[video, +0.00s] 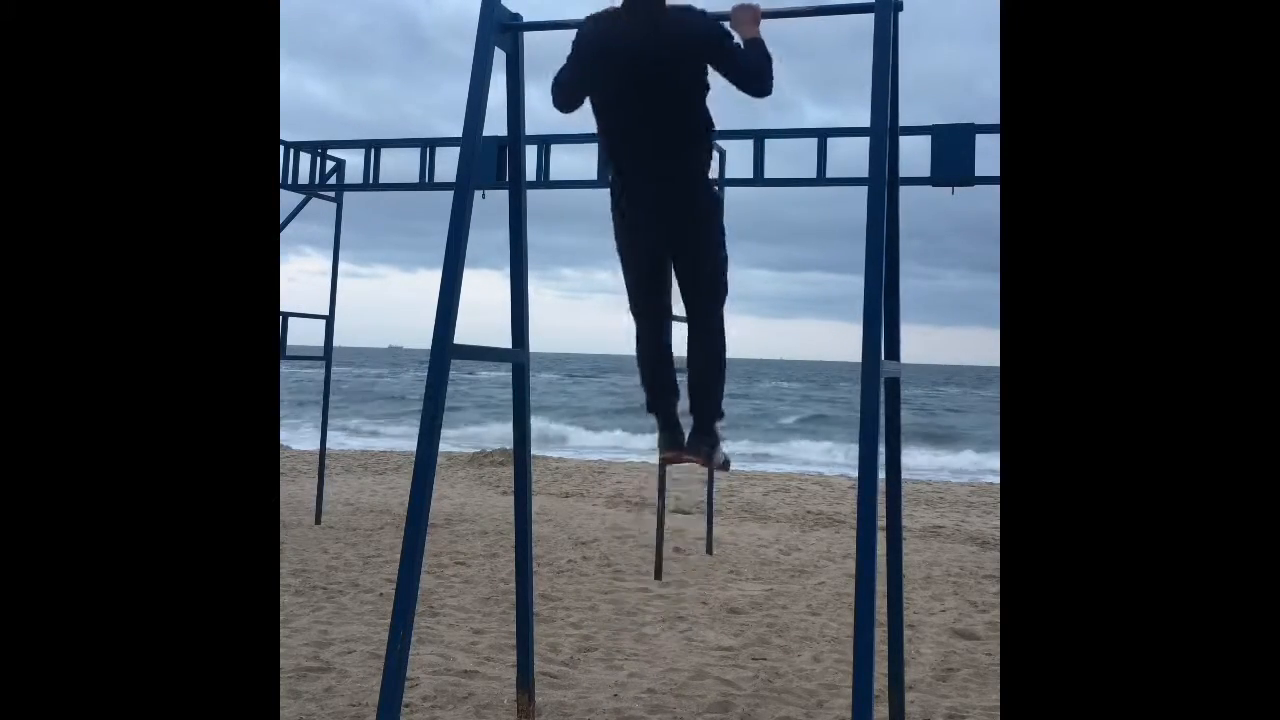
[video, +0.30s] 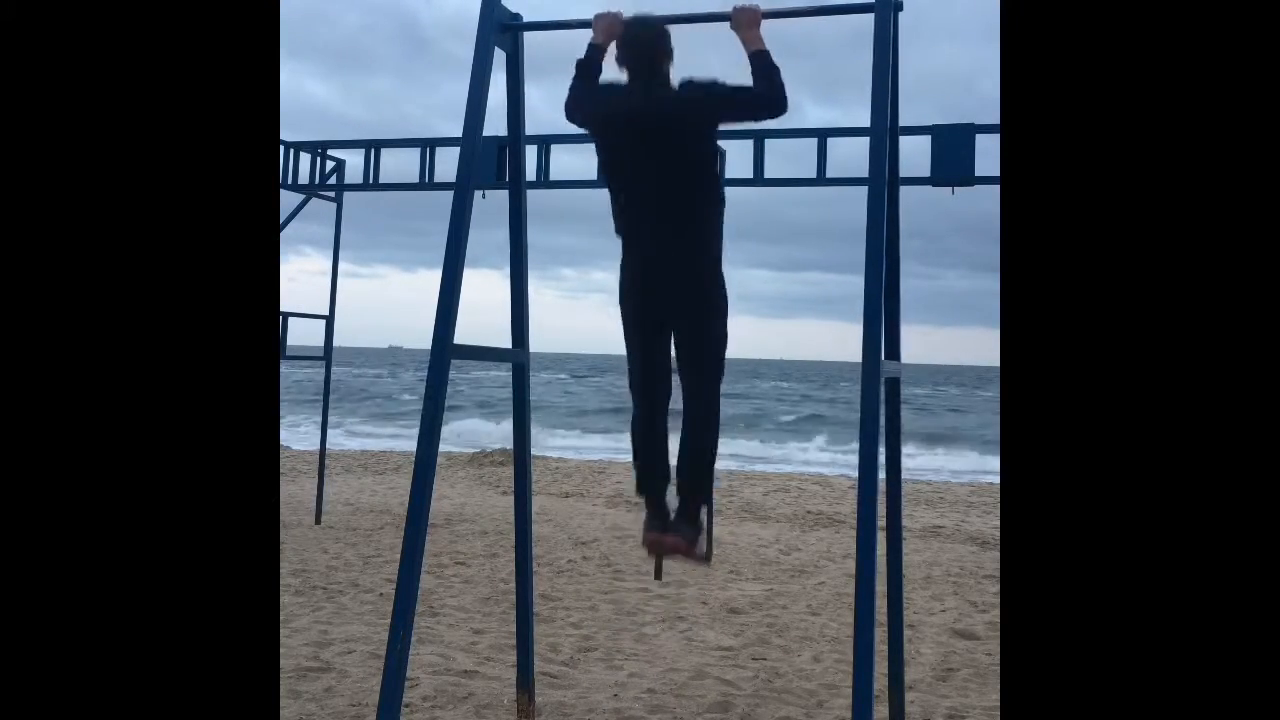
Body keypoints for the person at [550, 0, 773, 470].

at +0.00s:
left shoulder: (597, 31)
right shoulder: (693, 24)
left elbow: (564, 97)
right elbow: (758, 81)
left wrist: (600, 41)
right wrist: (751, 34)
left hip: (633, 199)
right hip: (692, 197)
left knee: (650, 319)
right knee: (706, 316)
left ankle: (668, 434)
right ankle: (704, 438)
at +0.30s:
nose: (660, 60)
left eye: (633, 53)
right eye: (663, 50)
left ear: (622, 61)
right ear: (669, 57)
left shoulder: (606, 109)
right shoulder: (701, 100)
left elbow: (575, 101)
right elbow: (772, 100)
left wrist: (597, 43)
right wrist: (754, 40)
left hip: (640, 275)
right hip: (699, 274)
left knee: (648, 397)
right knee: (701, 396)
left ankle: (656, 519)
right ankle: (689, 520)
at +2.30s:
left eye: (620, 54)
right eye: (653, 50)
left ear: (612, 60)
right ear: (659, 56)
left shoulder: (598, 112)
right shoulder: (691, 98)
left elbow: (587, 93)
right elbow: (754, 105)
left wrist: (597, 43)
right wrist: (749, 41)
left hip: (637, 272)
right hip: (695, 269)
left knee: (643, 392)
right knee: (703, 393)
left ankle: (648, 513)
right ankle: (685, 515)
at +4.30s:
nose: (683, 121)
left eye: (672, 116)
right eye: (680, 115)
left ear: (630, 128)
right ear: (679, 123)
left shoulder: (620, 163)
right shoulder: (707, 159)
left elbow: (592, 113)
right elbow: (761, 111)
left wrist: (600, 46)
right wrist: (750, 43)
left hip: (648, 329)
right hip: (703, 330)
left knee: (643, 460)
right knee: (699, 468)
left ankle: (636, 589)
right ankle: (675, 597)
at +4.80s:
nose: (627, 71)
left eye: (618, 63)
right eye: (645, 61)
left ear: (610, 72)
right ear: (656, 66)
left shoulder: (599, 117)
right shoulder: (691, 106)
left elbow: (590, 90)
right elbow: (752, 107)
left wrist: (598, 41)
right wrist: (748, 42)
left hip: (636, 278)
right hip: (694, 276)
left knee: (642, 398)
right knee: (702, 401)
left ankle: (648, 520)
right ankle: (685, 527)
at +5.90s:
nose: (681, 118)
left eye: (674, 113)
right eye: (677, 113)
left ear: (625, 127)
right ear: (672, 121)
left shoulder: (616, 165)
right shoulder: (703, 155)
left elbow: (593, 114)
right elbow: (756, 112)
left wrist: (601, 46)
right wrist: (749, 46)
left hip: (642, 327)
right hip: (699, 329)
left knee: (638, 462)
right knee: (697, 468)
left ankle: (634, 587)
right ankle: (675, 594)